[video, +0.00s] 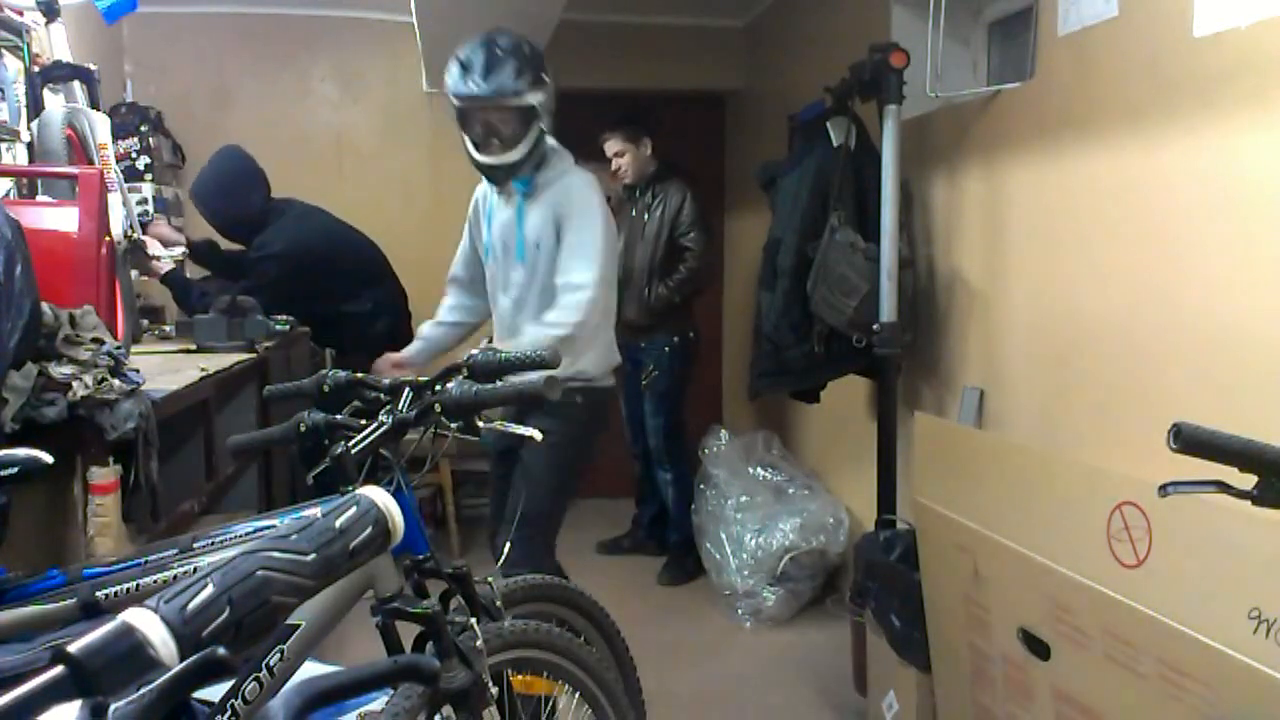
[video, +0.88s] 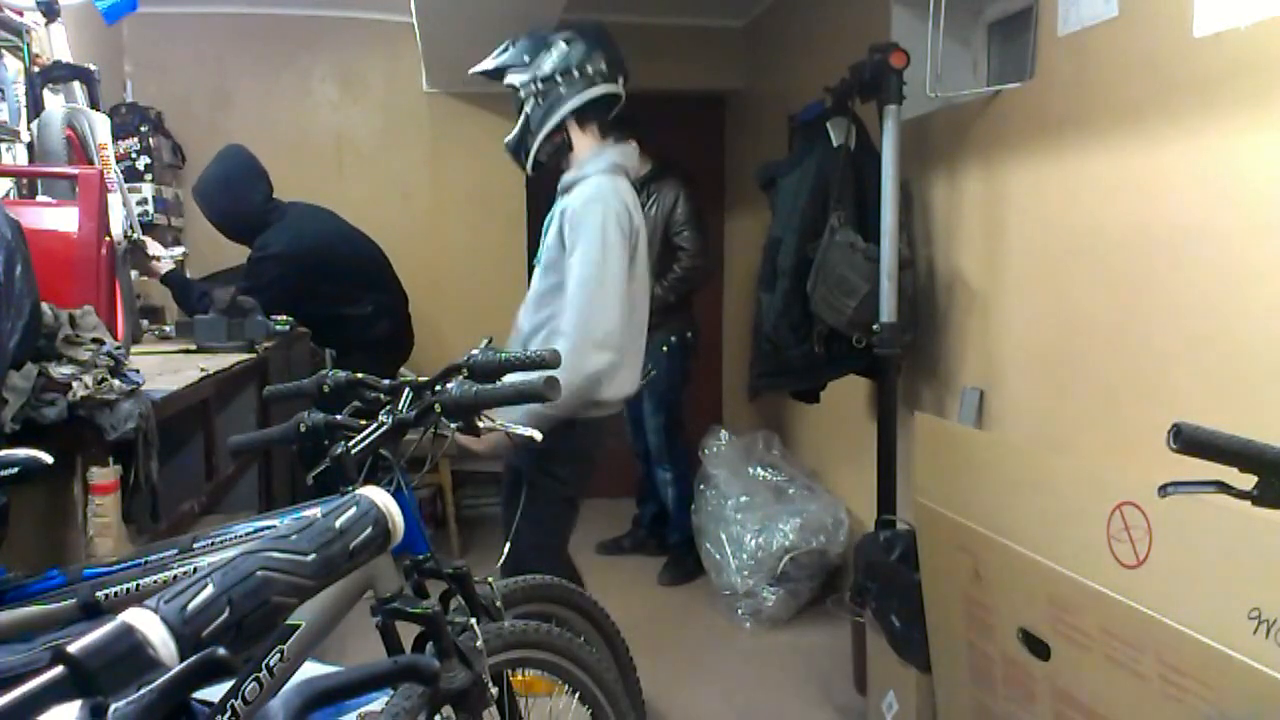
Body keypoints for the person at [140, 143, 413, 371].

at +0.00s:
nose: (213, 222)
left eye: (213, 213)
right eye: (210, 213)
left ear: (229, 210)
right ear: (252, 191)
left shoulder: (278, 252)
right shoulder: (284, 215)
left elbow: (222, 311)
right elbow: (244, 268)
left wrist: (169, 274)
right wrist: (186, 244)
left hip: (369, 351)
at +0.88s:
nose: (217, 225)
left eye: (216, 216)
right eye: (213, 216)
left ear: (231, 211)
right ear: (258, 190)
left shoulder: (275, 254)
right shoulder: (297, 216)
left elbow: (229, 312)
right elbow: (250, 290)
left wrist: (164, 272)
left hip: (370, 349)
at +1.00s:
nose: (217, 226)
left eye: (216, 217)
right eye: (213, 218)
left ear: (229, 214)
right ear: (257, 191)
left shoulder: (275, 253)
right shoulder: (296, 216)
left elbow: (220, 315)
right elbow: (268, 264)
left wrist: (164, 273)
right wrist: (227, 278)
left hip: (372, 350)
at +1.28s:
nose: (213, 224)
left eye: (212, 215)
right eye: (209, 216)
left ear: (226, 212)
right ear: (251, 194)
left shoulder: (273, 251)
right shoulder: (286, 217)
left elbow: (233, 316)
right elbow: (249, 281)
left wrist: (170, 275)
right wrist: (195, 257)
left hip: (380, 348)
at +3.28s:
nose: (203, 233)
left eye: (201, 223)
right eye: (198, 224)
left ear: (215, 218)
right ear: (239, 195)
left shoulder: (266, 252)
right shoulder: (279, 220)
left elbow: (220, 319)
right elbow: (244, 279)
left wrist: (168, 276)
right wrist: (186, 285)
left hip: (367, 350)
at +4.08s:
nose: (206, 224)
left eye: (205, 215)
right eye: (202, 216)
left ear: (219, 212)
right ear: (246, 192)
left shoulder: (268, 250)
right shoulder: (284, 223)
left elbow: (221, 317)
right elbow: (253, 282)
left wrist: (166, 276)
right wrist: (211, 277)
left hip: (366, 363)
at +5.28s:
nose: (209, 222)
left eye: (209, 212)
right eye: (206, 214)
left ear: (226, 207)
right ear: (255, 191)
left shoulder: (264, 249)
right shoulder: (295, 220)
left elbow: (233, 324)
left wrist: (167, 277)